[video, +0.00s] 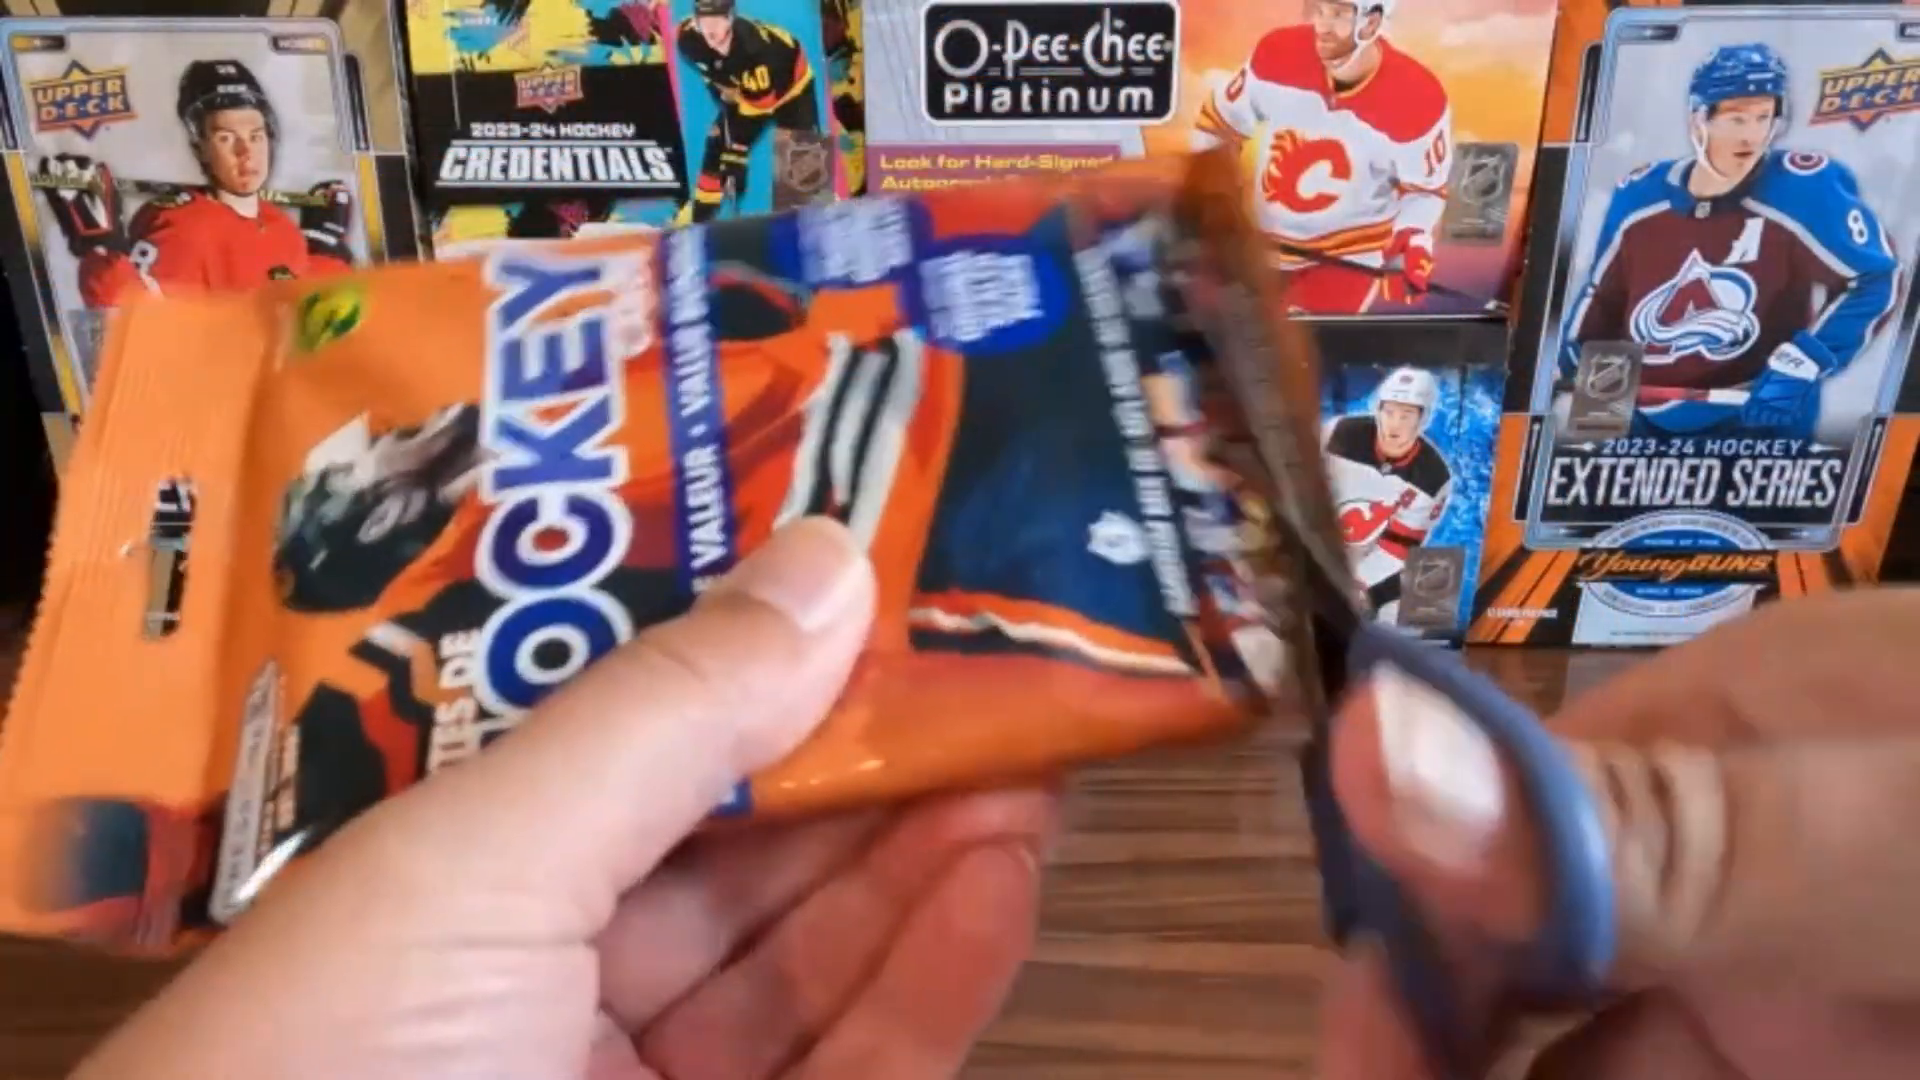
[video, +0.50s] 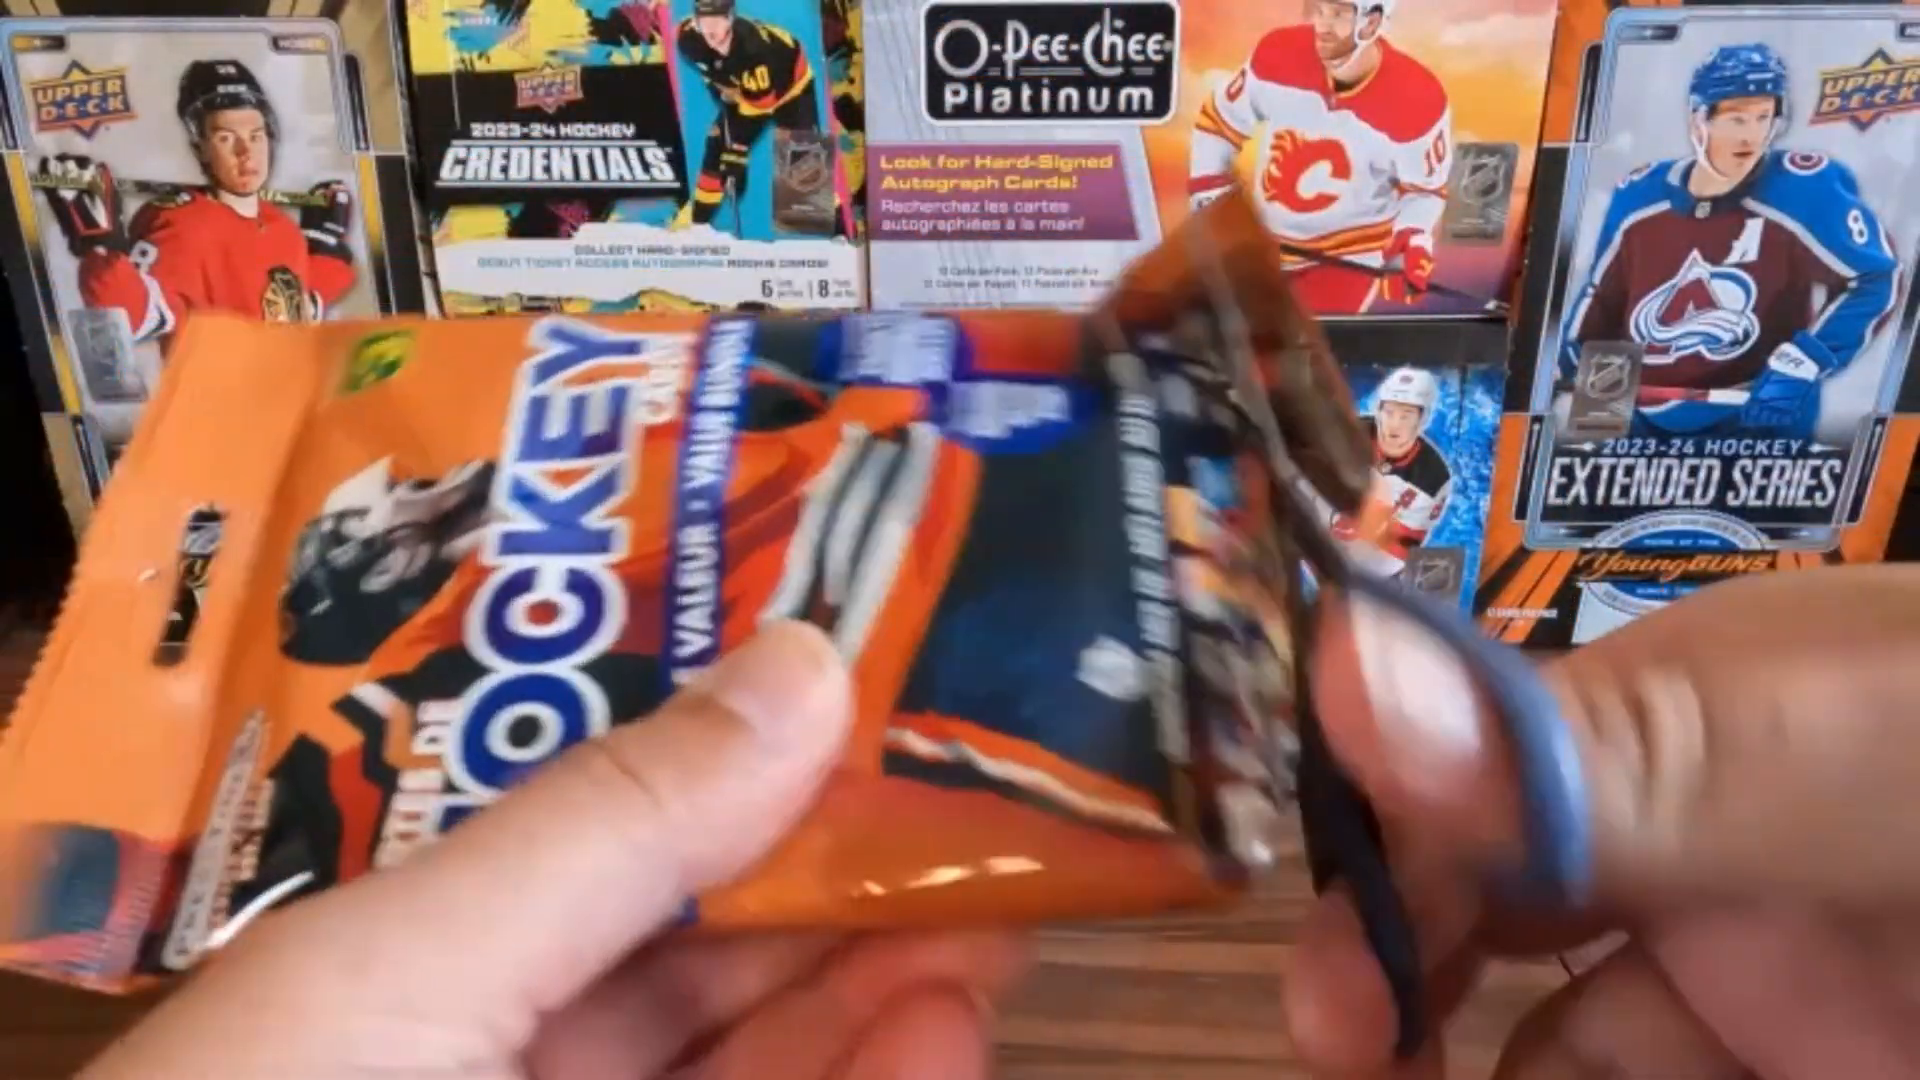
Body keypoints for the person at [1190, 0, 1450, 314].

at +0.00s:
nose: (1323, 27)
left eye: (1340, 14)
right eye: (1318, 11)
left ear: (1373, 21)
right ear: (1309, 11)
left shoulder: (1417, 95)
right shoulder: (1276, 56)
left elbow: (1423, 190)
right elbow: (1215, 128)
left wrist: (1414, 248)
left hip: (1351, 262)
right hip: (1261, 254)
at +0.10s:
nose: (1323, 27)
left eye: (1339, 15)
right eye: (1318, 12)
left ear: (1373, 22)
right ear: (1309, 11)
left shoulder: (1417, 95)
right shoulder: (1276, 55)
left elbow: (1424, 190)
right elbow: (1217, 125)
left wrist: (1414, 247)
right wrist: (1216, 204)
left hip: (1351, 260)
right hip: (1261, 249)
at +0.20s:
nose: (1323, 27)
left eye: (1339, 14)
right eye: (1318, 11)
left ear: (1372, 22)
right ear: (1309, 11)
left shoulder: (1417, 95)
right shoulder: (1276, 56)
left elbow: (1424, 191)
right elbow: (1217, 125)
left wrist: (1414, 246)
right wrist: (1214, 205)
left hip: (1349, 260)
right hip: (1262, 250)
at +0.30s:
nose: (1322, 27)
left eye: (1339, 14)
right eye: (1318, 11)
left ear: (1373, 22)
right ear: (1309, 11)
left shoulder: (1417, 96)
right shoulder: (1276, 56)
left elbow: (1423, 191)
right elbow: (1216, 125)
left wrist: (1413, 249)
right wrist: (1219, 218)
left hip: (1355, 263)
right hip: (1268, 251)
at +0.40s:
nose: (1323, 27)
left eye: (1339, 14)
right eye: (1318, 12)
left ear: (1373, 22)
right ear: (1309, 11)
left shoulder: (1417, 95)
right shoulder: (1276, 56)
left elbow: (1424, 191)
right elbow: (1216, 125)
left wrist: (1413, 250)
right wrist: (1215, 206)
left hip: (1348, 261)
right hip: (1261, 249)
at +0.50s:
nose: (1323, 26)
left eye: (1339, 14)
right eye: (1318, 11)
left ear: (1373, 22)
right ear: (1309, 11)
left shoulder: (1417, 96)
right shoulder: (1276, 56)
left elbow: (1424, 191)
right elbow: (1216, 125)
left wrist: (1413, 248)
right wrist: (1214, 209)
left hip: (1350, 263)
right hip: (1262, 250)